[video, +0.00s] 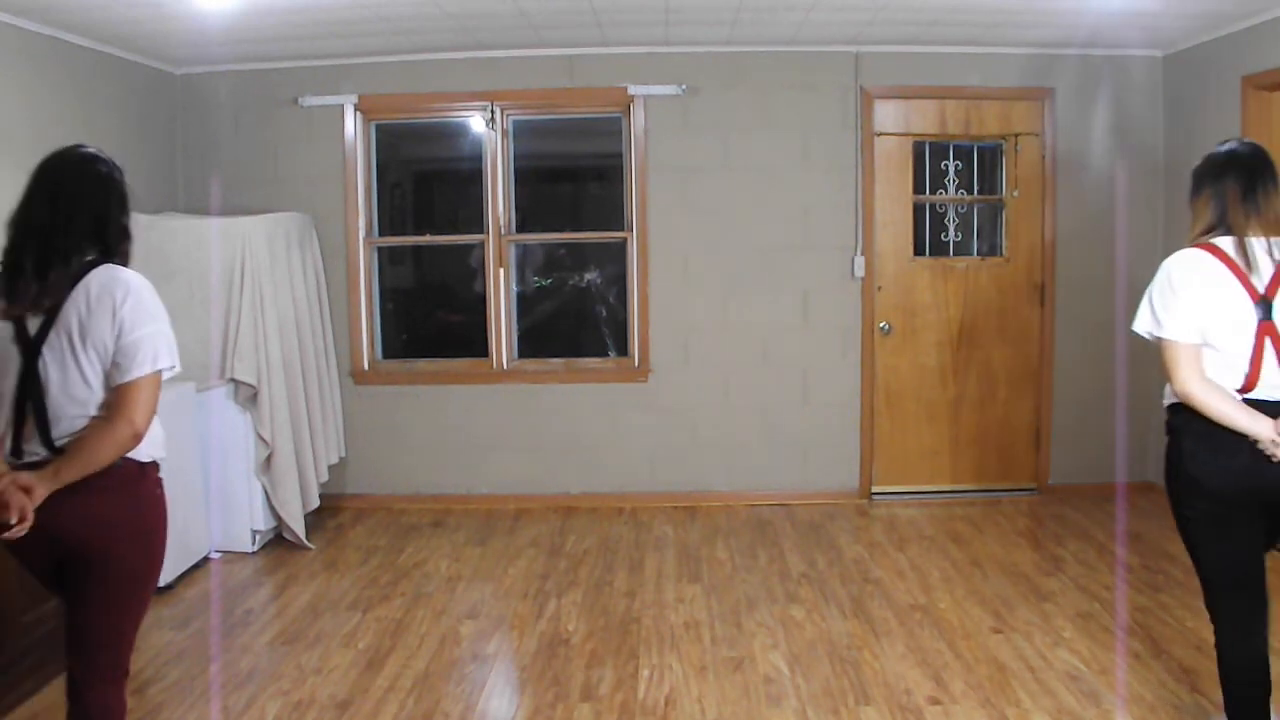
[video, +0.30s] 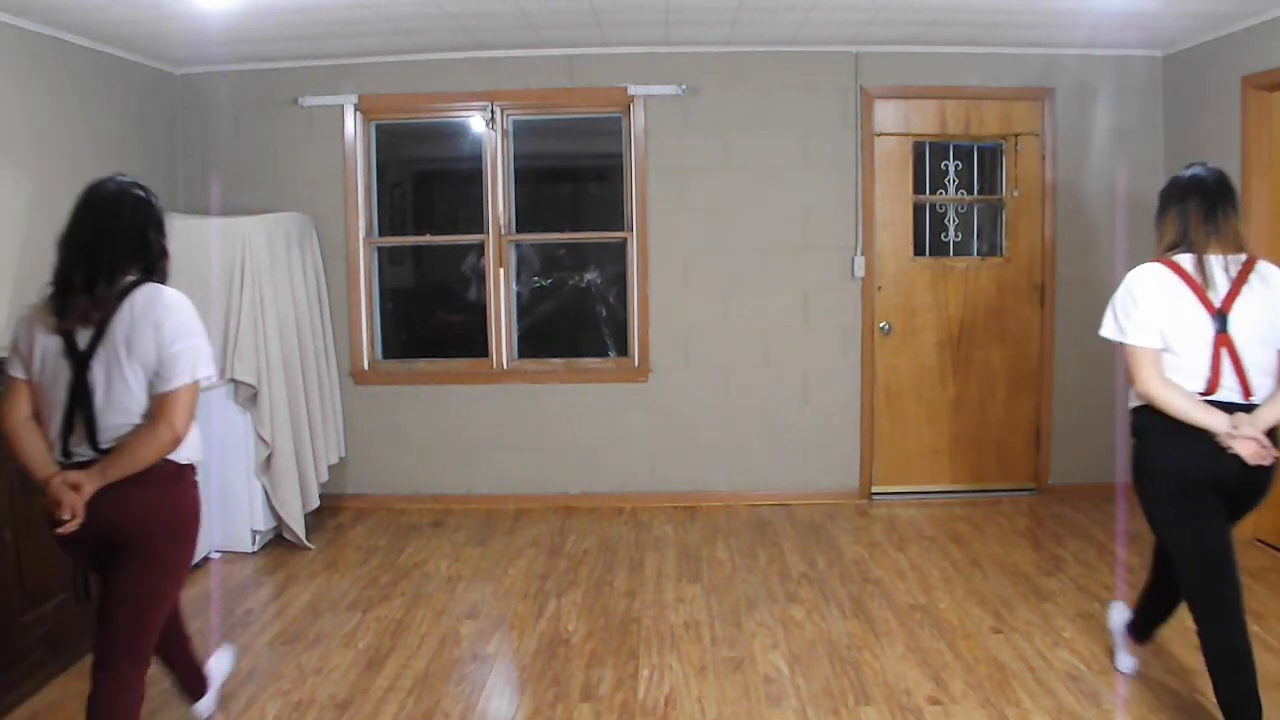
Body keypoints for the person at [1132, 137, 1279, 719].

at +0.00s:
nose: (1196, 206)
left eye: (1198, 196)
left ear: (1206, 196)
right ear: (1271, 195)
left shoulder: (1187, 268)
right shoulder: (1277, 260)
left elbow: (1186, 379)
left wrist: (1266, 430)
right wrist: (1269, 429)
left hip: (1214, 444)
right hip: (1270, 435)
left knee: (1238, 609)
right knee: (1241, 602)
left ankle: (1248, 712)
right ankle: (1252, 706)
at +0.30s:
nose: (1164, 222)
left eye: (1166, 212)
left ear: (1169, 216)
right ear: (1232, 214)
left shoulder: (1146, 281)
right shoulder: (1269, 279)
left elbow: (1149, 382)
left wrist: (1230, 430)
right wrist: (1256, 422)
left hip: (1172, 450)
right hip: (1255, 450)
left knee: (1216, 602)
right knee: (1180, 548)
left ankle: (1244, 714)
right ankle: (1133, 635)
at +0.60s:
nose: (1123, 207)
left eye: (1126, 198)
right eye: (1126, 199)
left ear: (1133, 202)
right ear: (1189, 200)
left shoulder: (1109, 260)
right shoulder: (1219, 265)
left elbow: (1099, 353)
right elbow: (1242, 353)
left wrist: (1163, 397)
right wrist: (1188, 392)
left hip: (1120, 415)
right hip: (1190, 417)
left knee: (1100, 531)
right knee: (1145, 526)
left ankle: (1159, 635)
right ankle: (1115, 640)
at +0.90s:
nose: (1099, 205)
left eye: (1100, 196)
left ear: (1101, 197)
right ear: (1154, 195)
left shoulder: (1083, 254)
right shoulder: (1187, 257)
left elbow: (1075, 341)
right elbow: (1207, 339)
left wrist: (1129, 388)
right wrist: (1156, 385)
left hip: (1092, 398)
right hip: (1161, 401)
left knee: (1057, 487)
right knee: (1133, 519)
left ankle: (1077, 590)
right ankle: (1117, 637)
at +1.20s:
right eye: (1118, 196)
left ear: (1067, 203)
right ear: (1120, 201)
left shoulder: (1051, 257)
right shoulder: (1152, 258)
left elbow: (1044, 338)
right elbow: (1176, 336)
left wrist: (1097, 380)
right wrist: (1125, 376)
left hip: (1065, 396)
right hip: (1132, 396)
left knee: (1037, 476)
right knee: (1116, 513)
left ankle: (1059, 579)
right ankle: (1115, 635)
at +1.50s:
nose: (1006, 228)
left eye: (1008, 220)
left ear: (1012, 222)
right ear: (1059, 219)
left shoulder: (999, 271)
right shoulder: (1094, 270)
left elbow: (997, 344)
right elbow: (1116, 341)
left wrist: (1045, 387)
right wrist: (1067, 384)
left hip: (1013, 398)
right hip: (1078, 400)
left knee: (988, 486)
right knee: (1081, 513)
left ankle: (957, 560)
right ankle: (1108, 622)